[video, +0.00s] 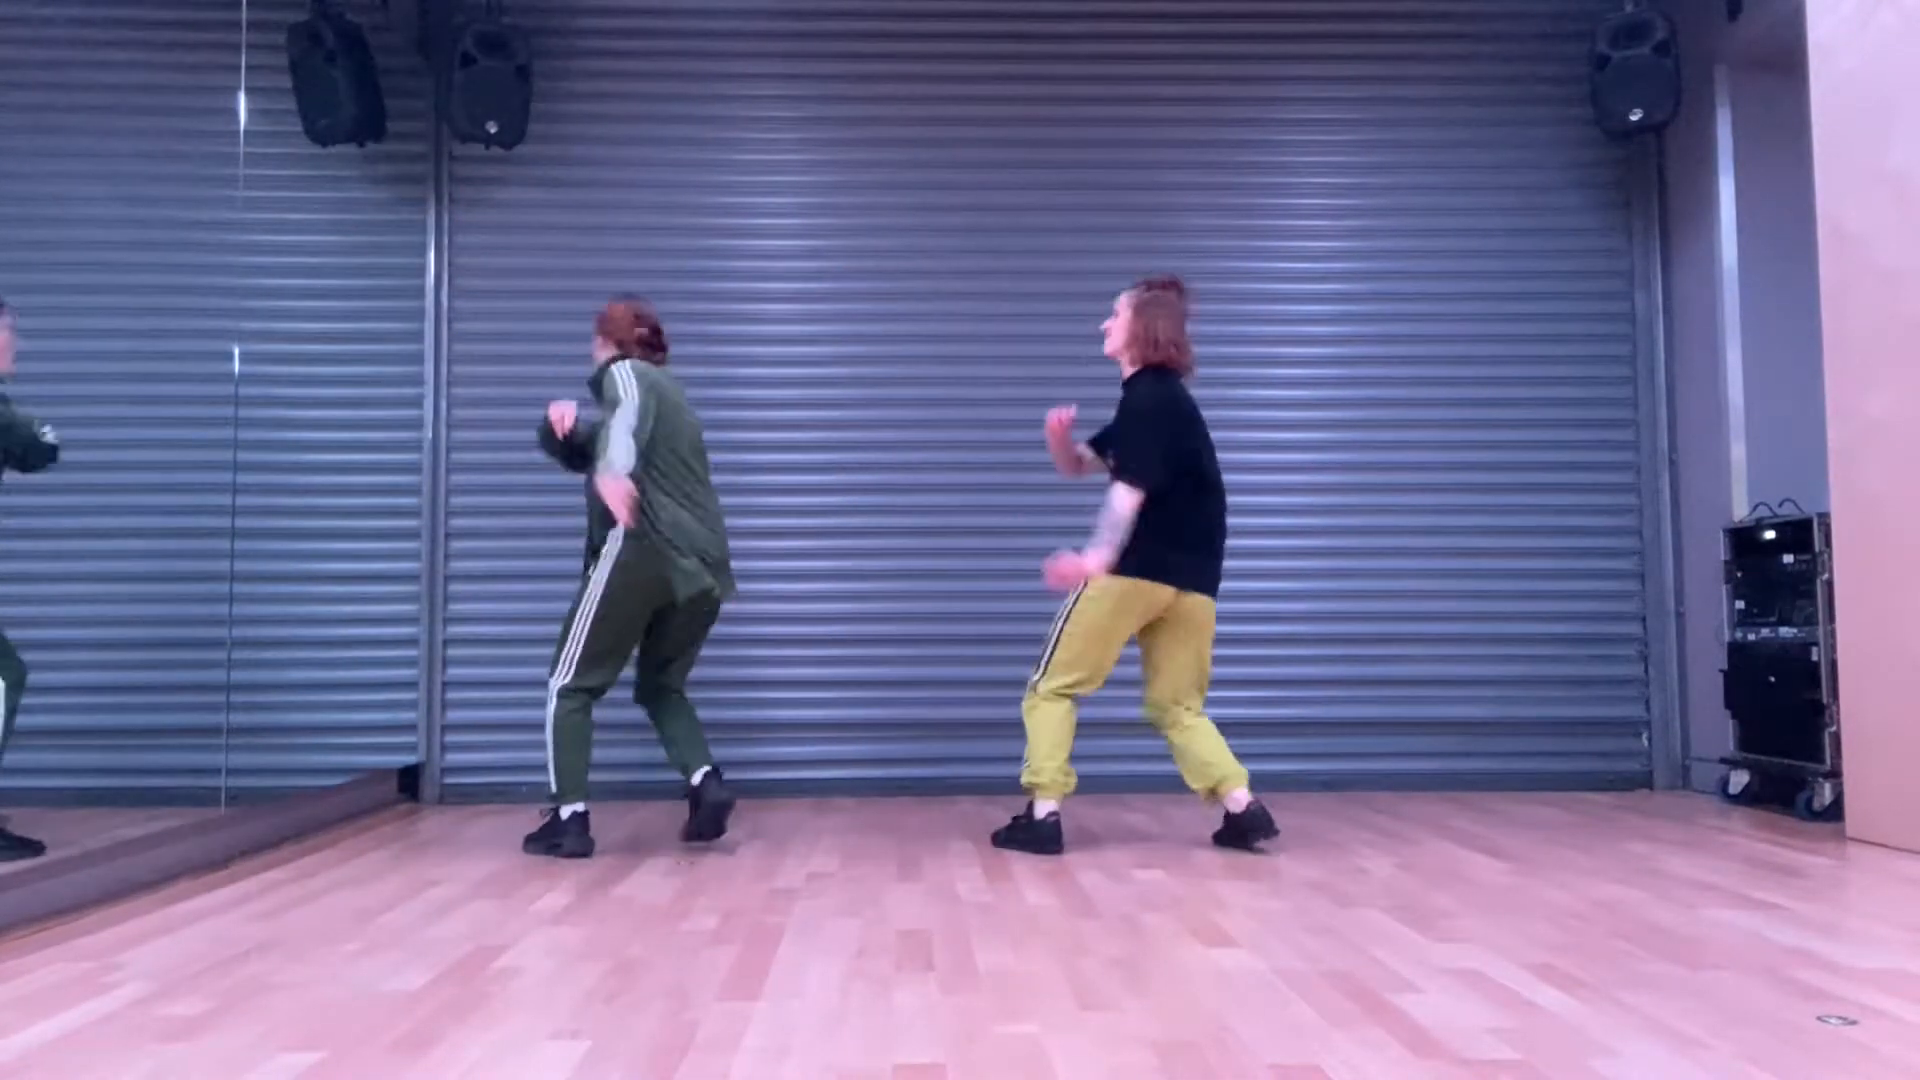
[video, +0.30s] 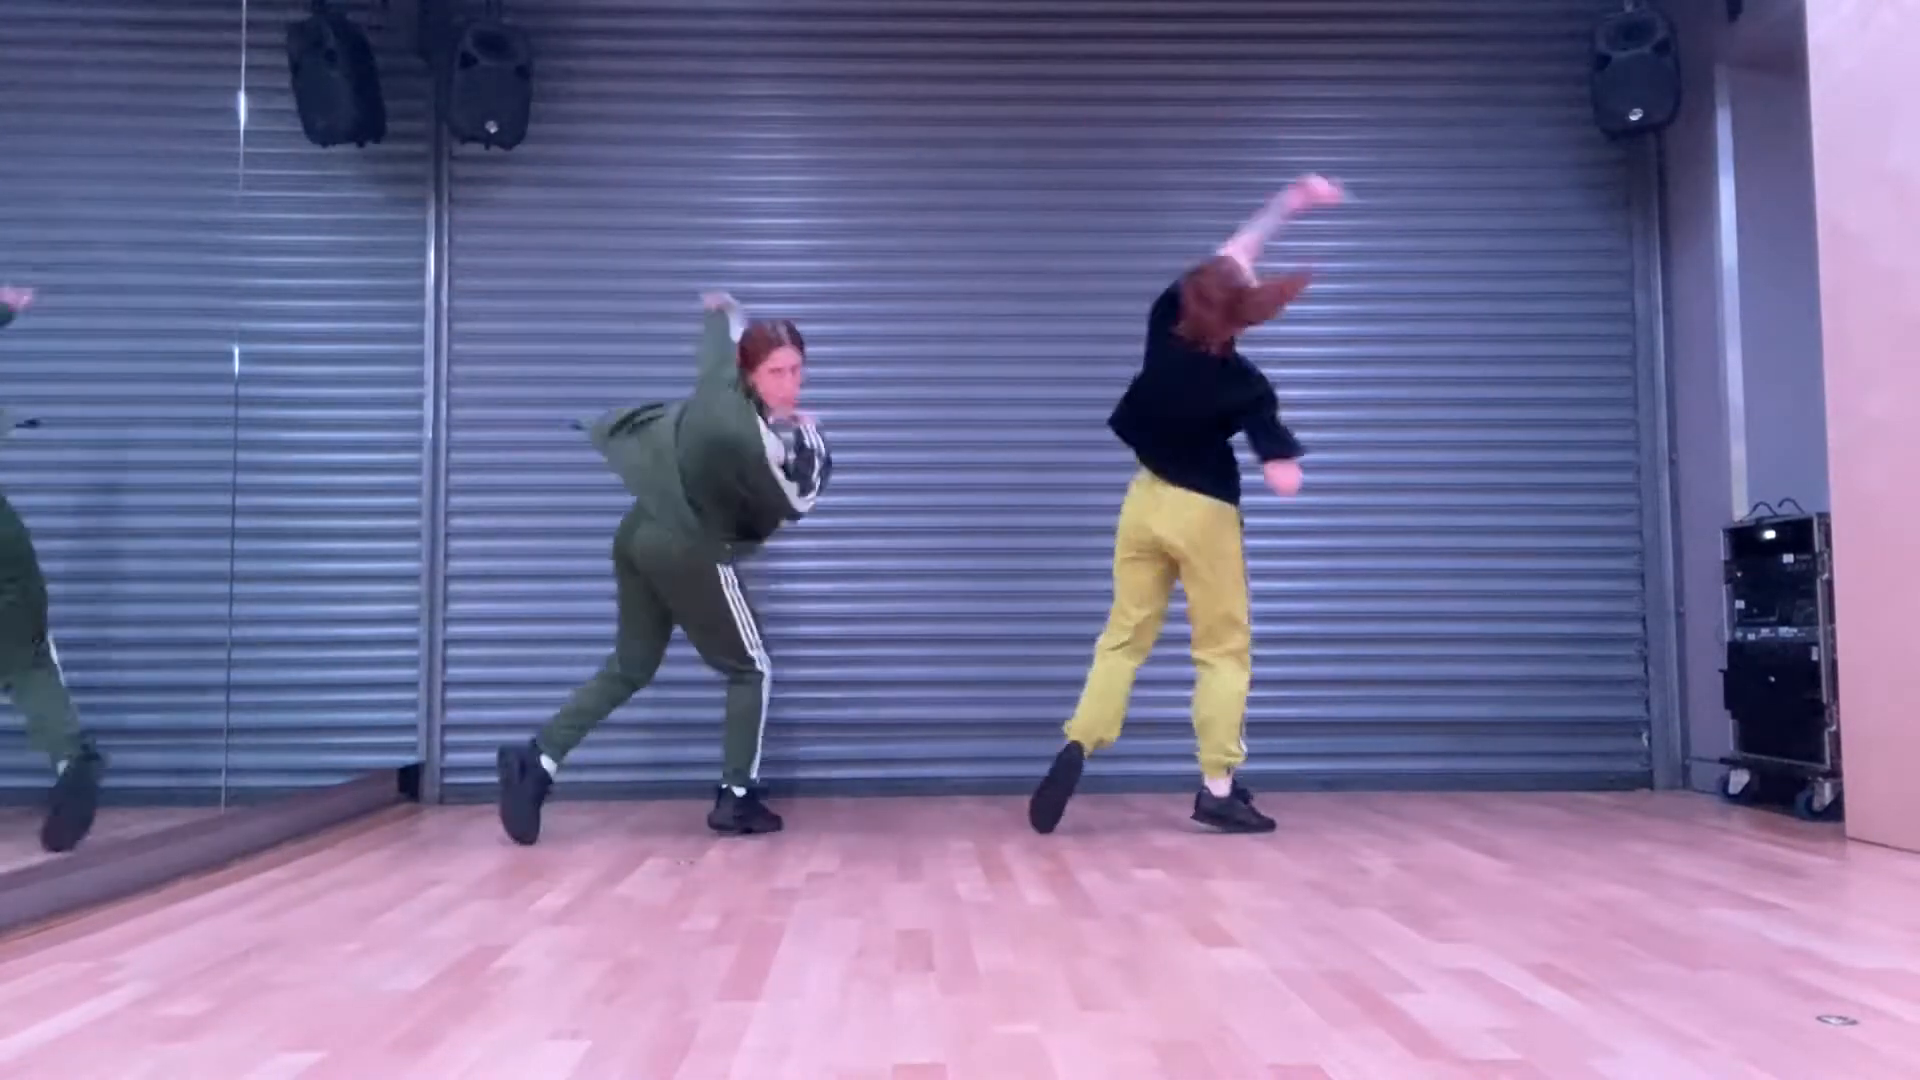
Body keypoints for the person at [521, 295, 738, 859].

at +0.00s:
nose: (592, 349)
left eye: (597, 340)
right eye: (595, 339)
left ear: (615, 344)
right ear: (650, 345)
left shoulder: (622, 370)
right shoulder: (674, 400)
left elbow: (630, 412)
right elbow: (603, 459)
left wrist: (611, 471)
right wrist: (566, 432)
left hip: (642, 552)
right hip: (705, 570)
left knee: (571, 686)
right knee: (662, 688)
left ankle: (570, 817)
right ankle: (706, 786)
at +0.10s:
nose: (702, 319)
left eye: (716, 319)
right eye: (751, 353)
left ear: (712, 334)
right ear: (744, 354)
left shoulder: (651, 358)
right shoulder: (740, 407)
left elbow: (581, 335)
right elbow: (700, 397)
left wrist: (519, 303)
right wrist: (696, 350)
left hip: (613, 537)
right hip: (688, 550)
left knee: (567, 673)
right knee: (715, 663)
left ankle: (570, 812)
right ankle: (732, 789)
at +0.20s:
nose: (815, 389)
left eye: (817, 376)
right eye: (812, 377)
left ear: (755, 353)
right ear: (782, 374)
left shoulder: (688, 351)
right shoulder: (775, 438)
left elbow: (627, 300)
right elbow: (775, 460)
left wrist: (573, 238)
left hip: (610, 536)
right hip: (680, 552)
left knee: (584, 667)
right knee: (724, 667)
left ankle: (549, 794)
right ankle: (737, 797)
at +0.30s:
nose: (792, 382)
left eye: (796, 369)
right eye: (779, 373)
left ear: (801, 368)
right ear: (750, 374)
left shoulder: (718, 385)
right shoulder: (753, 440)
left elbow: (716, 347)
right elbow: (790, 506)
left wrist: (718, 308)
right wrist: (809, 448)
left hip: (637, 535)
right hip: (687, 553)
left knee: (629, 667)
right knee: (749, 670)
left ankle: (539, 762)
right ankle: (737, 797)